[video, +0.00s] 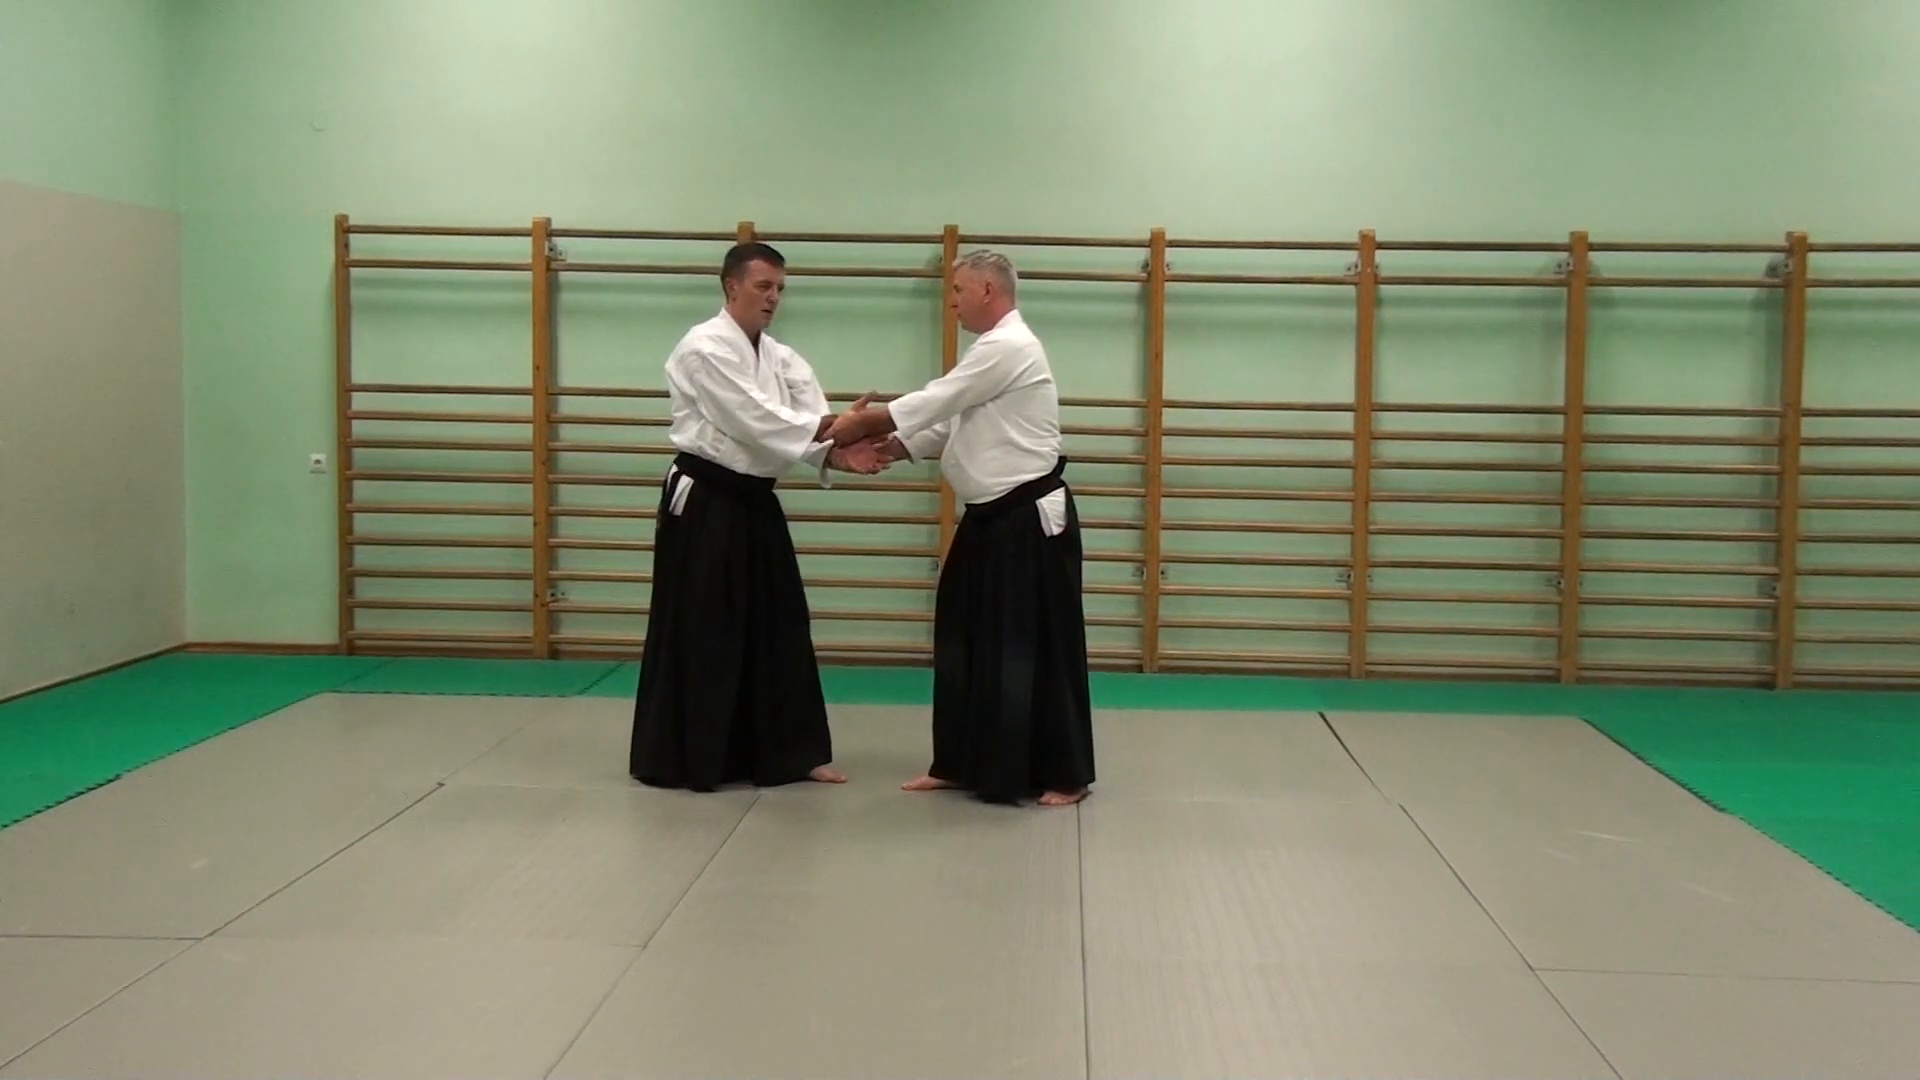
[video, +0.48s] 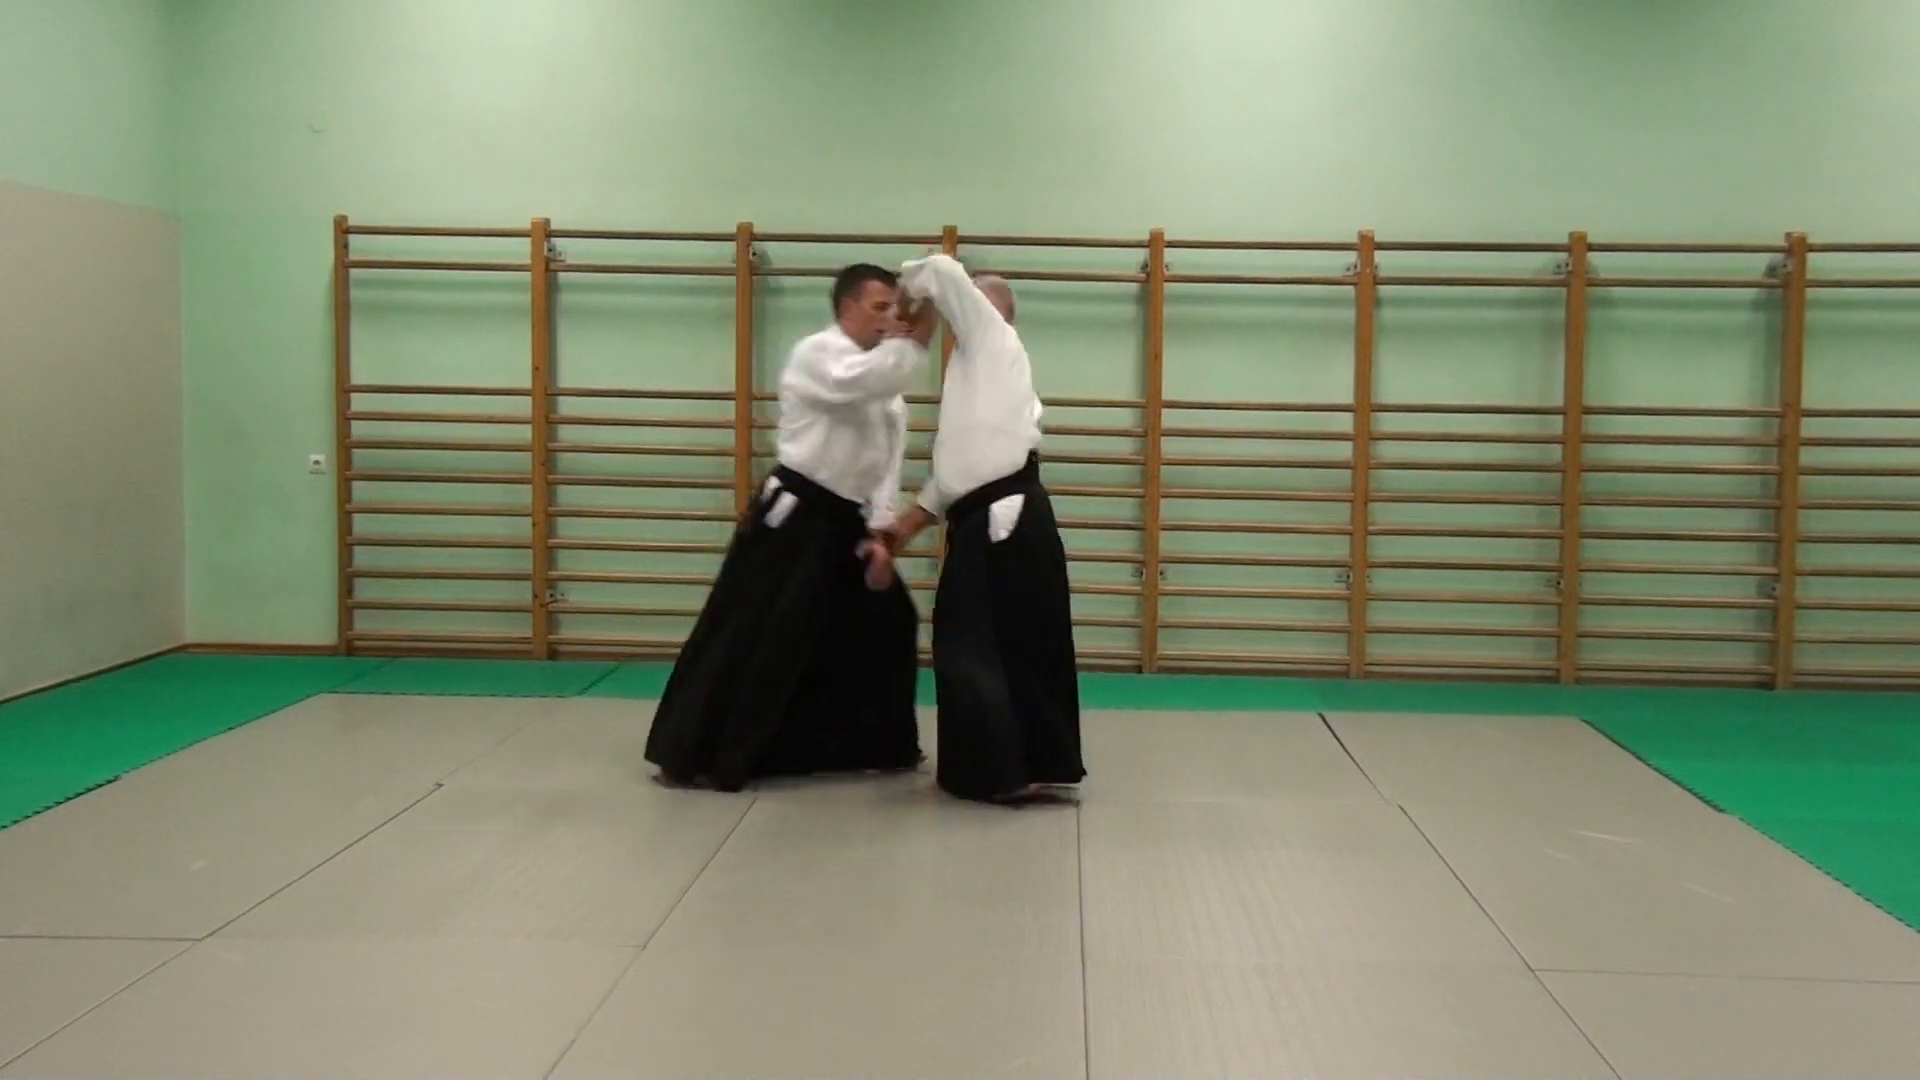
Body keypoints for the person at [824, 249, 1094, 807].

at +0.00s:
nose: (953, 303)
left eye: (958, 291)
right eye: (952, 293)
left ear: (990, 290)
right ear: (989, 291)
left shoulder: (1010, 346)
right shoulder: (990, 351)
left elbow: (938, 400)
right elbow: (950, 432)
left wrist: (864, 417)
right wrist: (889, 446)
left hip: (1031, 514)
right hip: (985, 516)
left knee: (1043, 644)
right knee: (960, 637)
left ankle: (1065, 775)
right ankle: (958, 764)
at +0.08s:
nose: (953, 303)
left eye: (959, 291)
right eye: (952, 292)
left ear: (989, 290)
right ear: (990, 291)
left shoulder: (1010, 346)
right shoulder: (989, 351)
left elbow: (941, 395)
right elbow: (951, 431)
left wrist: (864, 413)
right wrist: (886, 445)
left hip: (1030, 514)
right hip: (985, 515)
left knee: (1042, 644)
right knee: (959, 637)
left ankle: (1065, 775)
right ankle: (958, 764)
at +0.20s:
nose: (952, 301)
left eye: (958, 290)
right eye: (952, 291)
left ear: (991, 290)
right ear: (989, 290)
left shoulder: (1009, 339)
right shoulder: (979, 351)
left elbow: (935, 376)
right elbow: (937, 425)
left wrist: (854, 403)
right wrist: (867, 453)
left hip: (1031, 514)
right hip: (983, 516)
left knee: (1043, 644)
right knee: (957, 634)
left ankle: (1065, 774)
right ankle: (956, 763)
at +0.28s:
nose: (950, 301)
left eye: (956, 289)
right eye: (950, 292)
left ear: (987, 289)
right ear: (984, 291)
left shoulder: (1001, 330)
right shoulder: (972, 356)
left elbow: (938, 343)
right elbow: (934, 427)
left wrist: (869, 364)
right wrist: (870, 468)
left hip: (1028, 518)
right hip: (982, 521)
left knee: (1042, 645)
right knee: (956, 635)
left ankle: (1061, 774)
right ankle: (960, 762)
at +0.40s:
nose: (959, 298)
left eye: (971, 290)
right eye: (958, 289)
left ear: (998, 305)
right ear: (957, 300)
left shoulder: (1001, 342)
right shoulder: (966, 372)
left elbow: (932, 289)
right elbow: (938, 451)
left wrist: (888, 311)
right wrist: (887, 501)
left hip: (1017, 517)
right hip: (975, 525)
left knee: (1030, 642)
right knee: (958, 641)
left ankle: (1057, 775)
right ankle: (966, 766)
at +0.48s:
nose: (964, 311)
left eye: (974, 301)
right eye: (967, 302)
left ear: (995, 308)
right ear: (977, 310)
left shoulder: (996, 341)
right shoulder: (969, 369)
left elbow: (942, 268)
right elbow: (953, 469)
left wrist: (910, 299)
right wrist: (904, 526)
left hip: (1004, 513)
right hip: (982, 517)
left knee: (969, 641)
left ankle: (1011, 770)